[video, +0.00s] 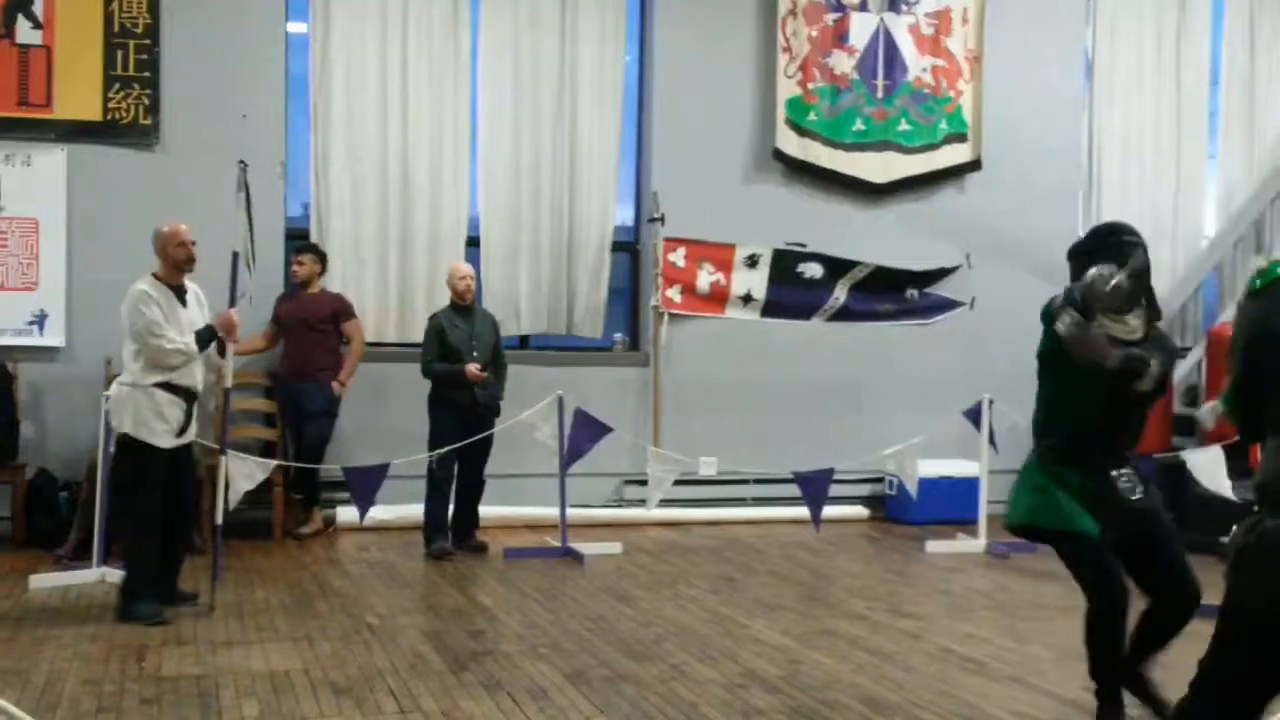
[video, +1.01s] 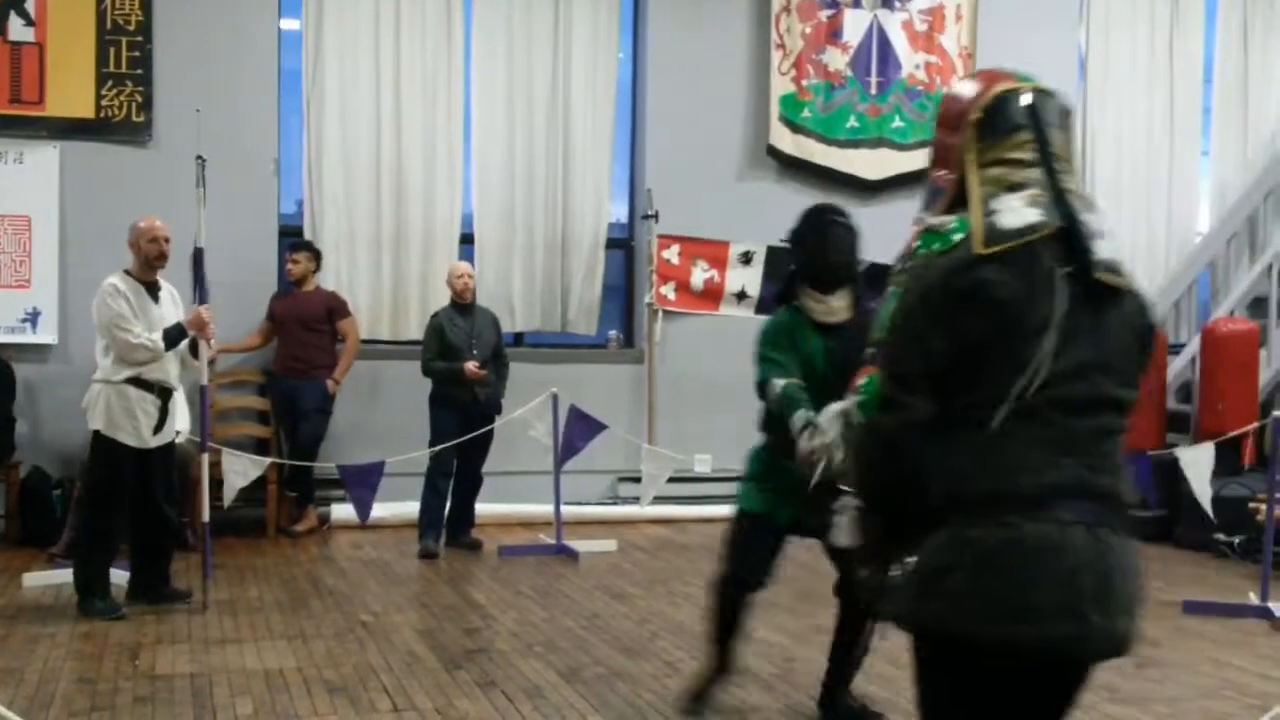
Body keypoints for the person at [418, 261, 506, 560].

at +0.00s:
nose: (467, 283)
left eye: (471, 278)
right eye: (461, 279)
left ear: (476, 283)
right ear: (449, 284)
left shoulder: (487, 320)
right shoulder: (438, 322)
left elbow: (499, 362)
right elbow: (428, 367)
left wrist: (495, 396)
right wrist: (462, 370)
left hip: (481, 406)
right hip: (446, 407)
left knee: (473, 474)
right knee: (441, 472)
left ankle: (464, 534)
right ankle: (436, 538)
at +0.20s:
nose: (469, 283)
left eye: (473, 278)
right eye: (463, 278)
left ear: (478, 283)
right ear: (451, 284)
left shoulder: (489, 319)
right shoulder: (440, 321)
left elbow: (501, 361)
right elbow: (429, 367)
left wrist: (497, 395)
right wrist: (462, 370)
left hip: (482, 405)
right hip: (448, 405)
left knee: (472, 473)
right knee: (441, 470)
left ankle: (463, 533)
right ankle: (435, 536)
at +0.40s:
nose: (469, 283)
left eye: (472, 278)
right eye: (463, 279)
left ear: (478, 284)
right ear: (452, 286)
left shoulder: (489, 320)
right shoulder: (441, 322)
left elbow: (501, 361)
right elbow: (430, 367)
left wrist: (497, 395)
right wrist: (463, 370)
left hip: (482, 406)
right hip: (448, 405)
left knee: (472, 472)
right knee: (441, 470)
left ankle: (461, 533)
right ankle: (433, 535)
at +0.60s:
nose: (470, 284)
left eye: (473, 279)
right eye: (464, 279)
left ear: (479, 284)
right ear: (453, 286)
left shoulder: (491, 321)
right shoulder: (443, 323)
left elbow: (503, 361)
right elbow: (432, 368)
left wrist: (499, 396)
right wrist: (465, 370)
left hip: (484, 407)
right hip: (451, 407)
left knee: (473, 473)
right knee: (443, 470)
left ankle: (461, 534)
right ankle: (432, 538)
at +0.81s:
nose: (468, 283)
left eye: (472, 278)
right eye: (462, 278)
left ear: (477, 283)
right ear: (451, 285)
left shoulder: (490, 320)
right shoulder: (441, 322)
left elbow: (503, 361)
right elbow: (430, 366)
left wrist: (498, 395)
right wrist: (463, 369)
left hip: (484, 406)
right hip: (449, 406)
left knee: (472, 472)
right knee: (442, 470)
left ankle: (460, 533)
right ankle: (431, 538)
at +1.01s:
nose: (465, 281)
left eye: (469, 276)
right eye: (459, 277)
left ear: (475, 282)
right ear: (449, 284)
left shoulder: (488, 319)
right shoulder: (439, 321)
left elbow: (500, 361)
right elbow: (428, 366)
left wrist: (495, 394)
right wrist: (460, 368)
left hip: (482, 405)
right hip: (447, 405)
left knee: (471, 471)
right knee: (441, 468)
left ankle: (459, 532)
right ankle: (429, 538)